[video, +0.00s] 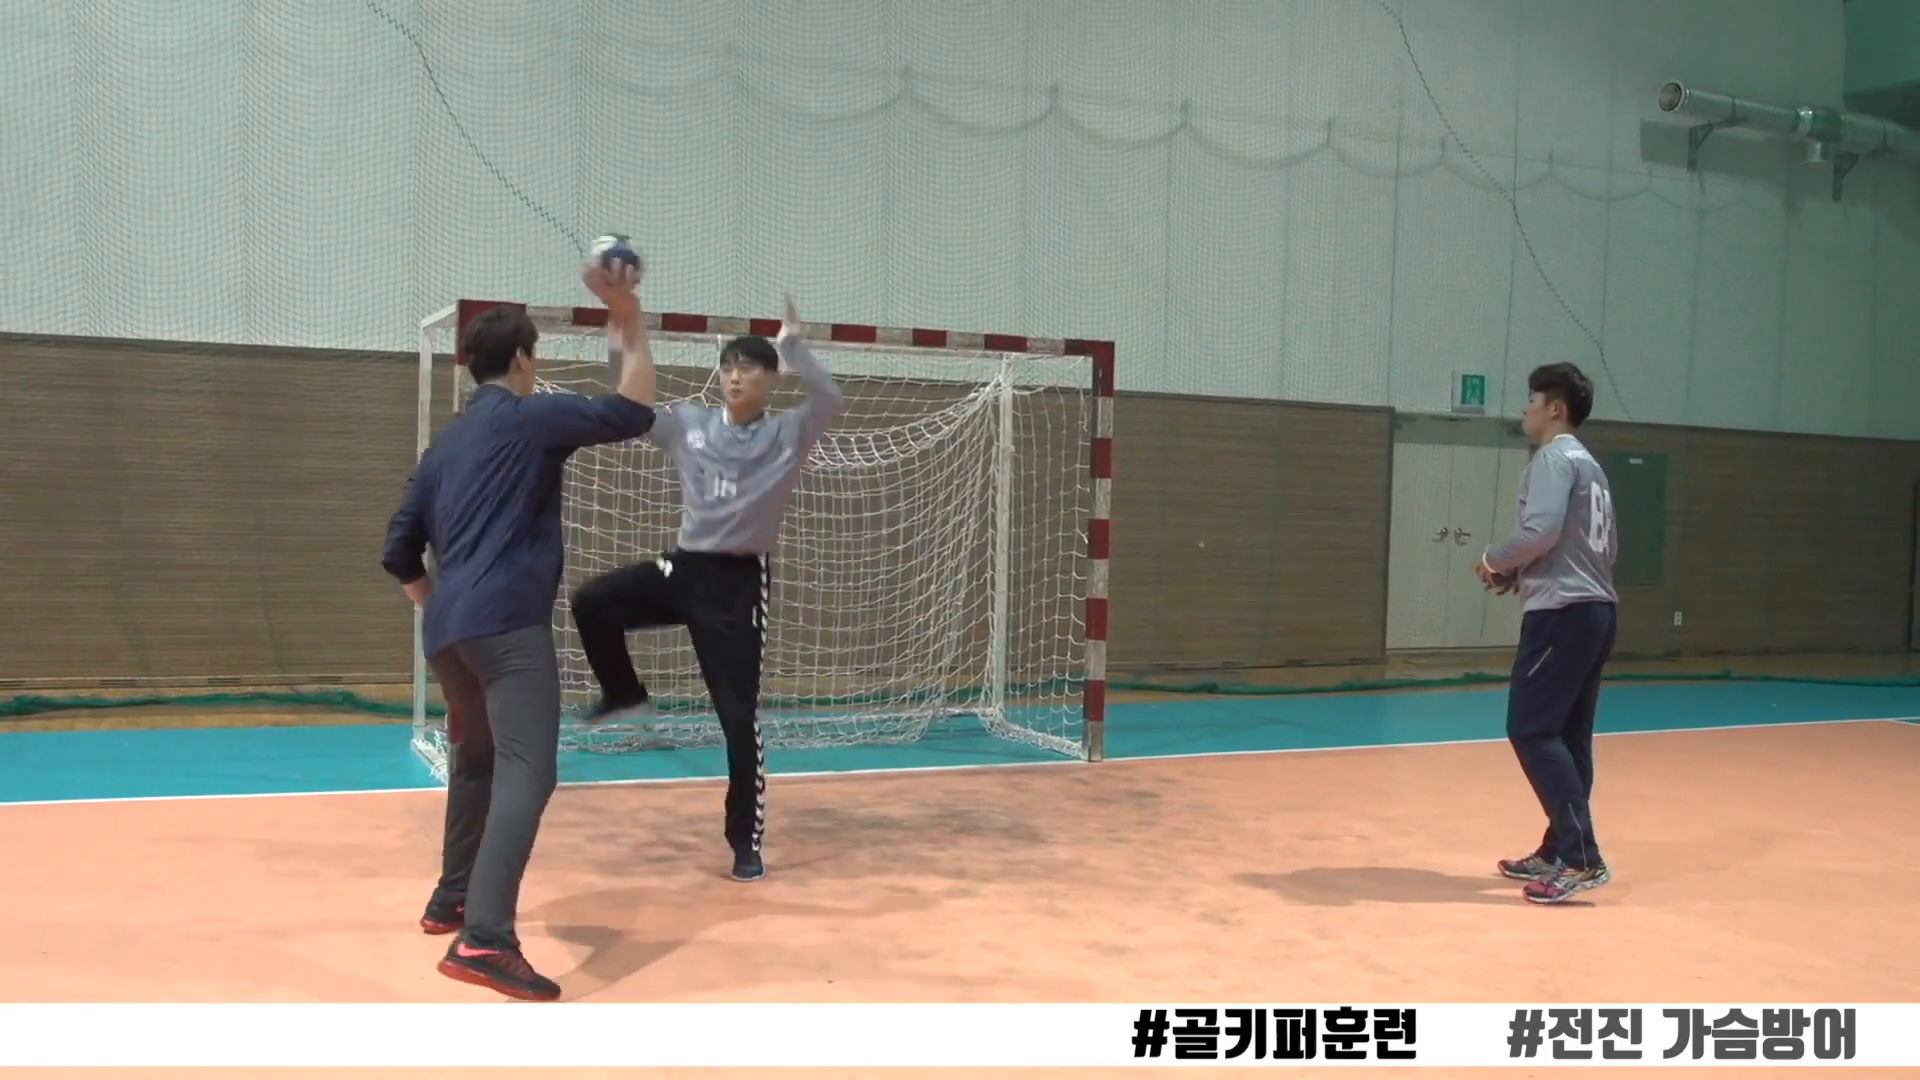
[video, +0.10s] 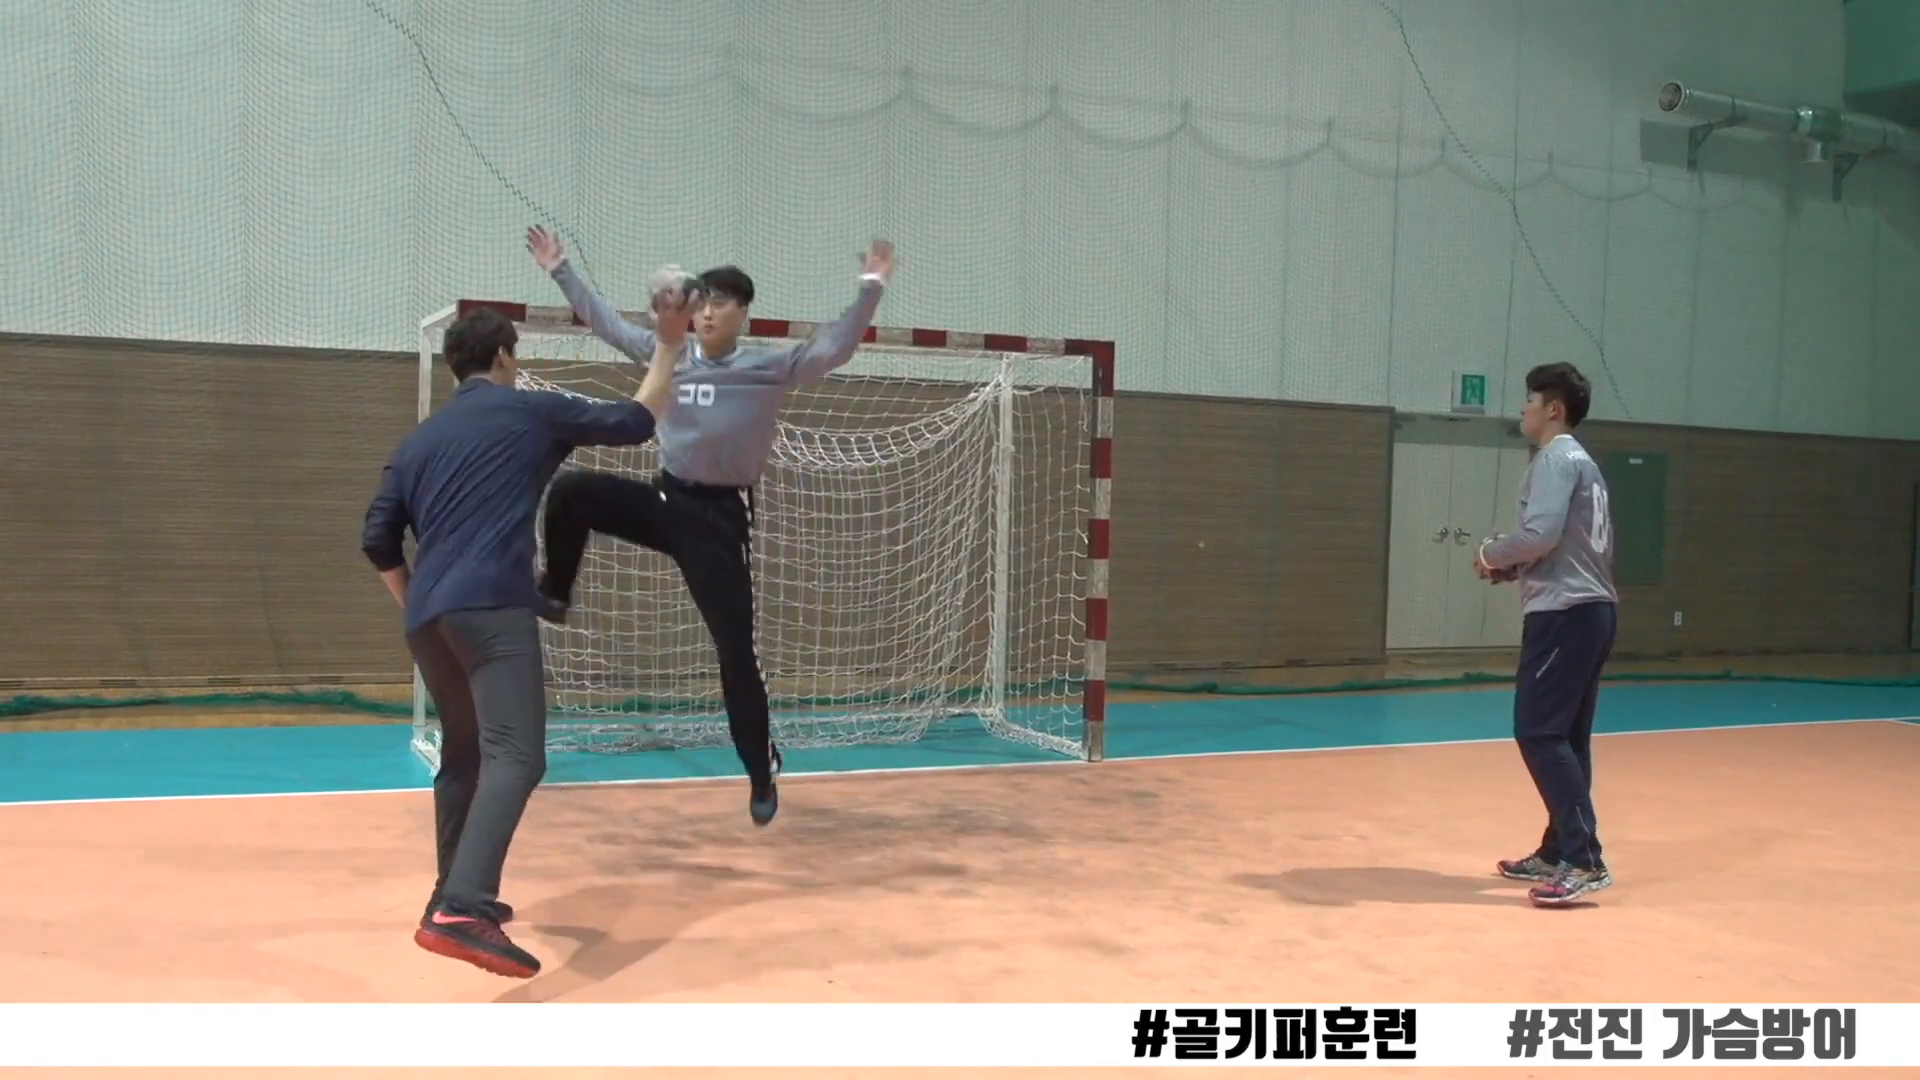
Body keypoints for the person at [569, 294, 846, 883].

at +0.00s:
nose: (737, 376)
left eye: (749, 368)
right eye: (730, 367)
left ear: (772, 379)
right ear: (720, 377)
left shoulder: (788, 434)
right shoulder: (690, 423)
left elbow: (830, 400)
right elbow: (628, 410)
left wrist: (793, 349)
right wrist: (623, 340)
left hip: (737, 582)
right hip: (681, 572)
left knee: (738, 719)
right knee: (592, 602)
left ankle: (747, 845)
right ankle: (623, 693)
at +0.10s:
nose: (706, 313)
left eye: (719, 303)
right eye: (700, 302)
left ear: (745, 313)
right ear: (692, 311)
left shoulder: (770, 367)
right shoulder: (670, 354)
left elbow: (833, 349)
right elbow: (605, 321)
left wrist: (871, 287)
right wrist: (561, 268)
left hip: (717, 518)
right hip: (663, 504)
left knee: (735, 650)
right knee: (571, 492)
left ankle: (761, 774)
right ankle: (554, 594)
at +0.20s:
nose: (689, 273)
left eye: (701, 264)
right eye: (682, 264)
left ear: (726, 272)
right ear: (671, 272)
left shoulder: (748, 336)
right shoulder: (645, 317)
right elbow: (580, 294)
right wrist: (525, 245)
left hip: (706, 480)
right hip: (644, 460)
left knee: (745, 584)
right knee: (553, 444)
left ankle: (765, 700)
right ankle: (477, 516)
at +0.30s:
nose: (678, 267)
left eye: (691, 258)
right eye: (671, 257)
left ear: (717, 264)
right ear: (662, 261)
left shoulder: (734, 338)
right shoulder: (628, 305)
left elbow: (792, 392)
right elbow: (560, 283)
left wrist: (855, 407)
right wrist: (517, 222)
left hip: (682, 465)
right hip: (614, 442)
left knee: (742, 553)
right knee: (500, 451)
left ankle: (770, 687)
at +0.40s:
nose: (677, 281)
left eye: (690, 272)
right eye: (670, 269)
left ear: (712, 280)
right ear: (659, 271)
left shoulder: (723, 359)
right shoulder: (612, 312)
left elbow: (762, 420)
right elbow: (548, 274)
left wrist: (790, 449)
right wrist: (535, 204)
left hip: (662, 482)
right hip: (592, 463)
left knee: (711, 590)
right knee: (487, 468)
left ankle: (757, 718)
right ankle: (419, 575)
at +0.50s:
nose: (674, 319)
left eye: (688, 312)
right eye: (668, 306)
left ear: (706, 320)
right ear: (655, 304)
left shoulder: (711, 399)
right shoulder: (607, 345)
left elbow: (725, 463)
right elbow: (538, 310)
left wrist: (739, 508)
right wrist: (561, 246)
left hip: (637, 528)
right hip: (569, 505)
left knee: (665, 651)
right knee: (472, 550)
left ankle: (705, 785)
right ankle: (383, 649)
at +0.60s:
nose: (666, 391)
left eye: (679, 382)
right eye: (658, 378)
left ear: (694, 391)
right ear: (640, 378)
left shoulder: (699, 469)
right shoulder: (597, 414)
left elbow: (693, 532)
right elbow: (513, 406)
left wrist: (694, 575)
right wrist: (532, 351)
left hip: (621, 599)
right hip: (559, 575)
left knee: (627, 732)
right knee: (458, 666)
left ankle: (635, 866)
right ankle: (388, 751)